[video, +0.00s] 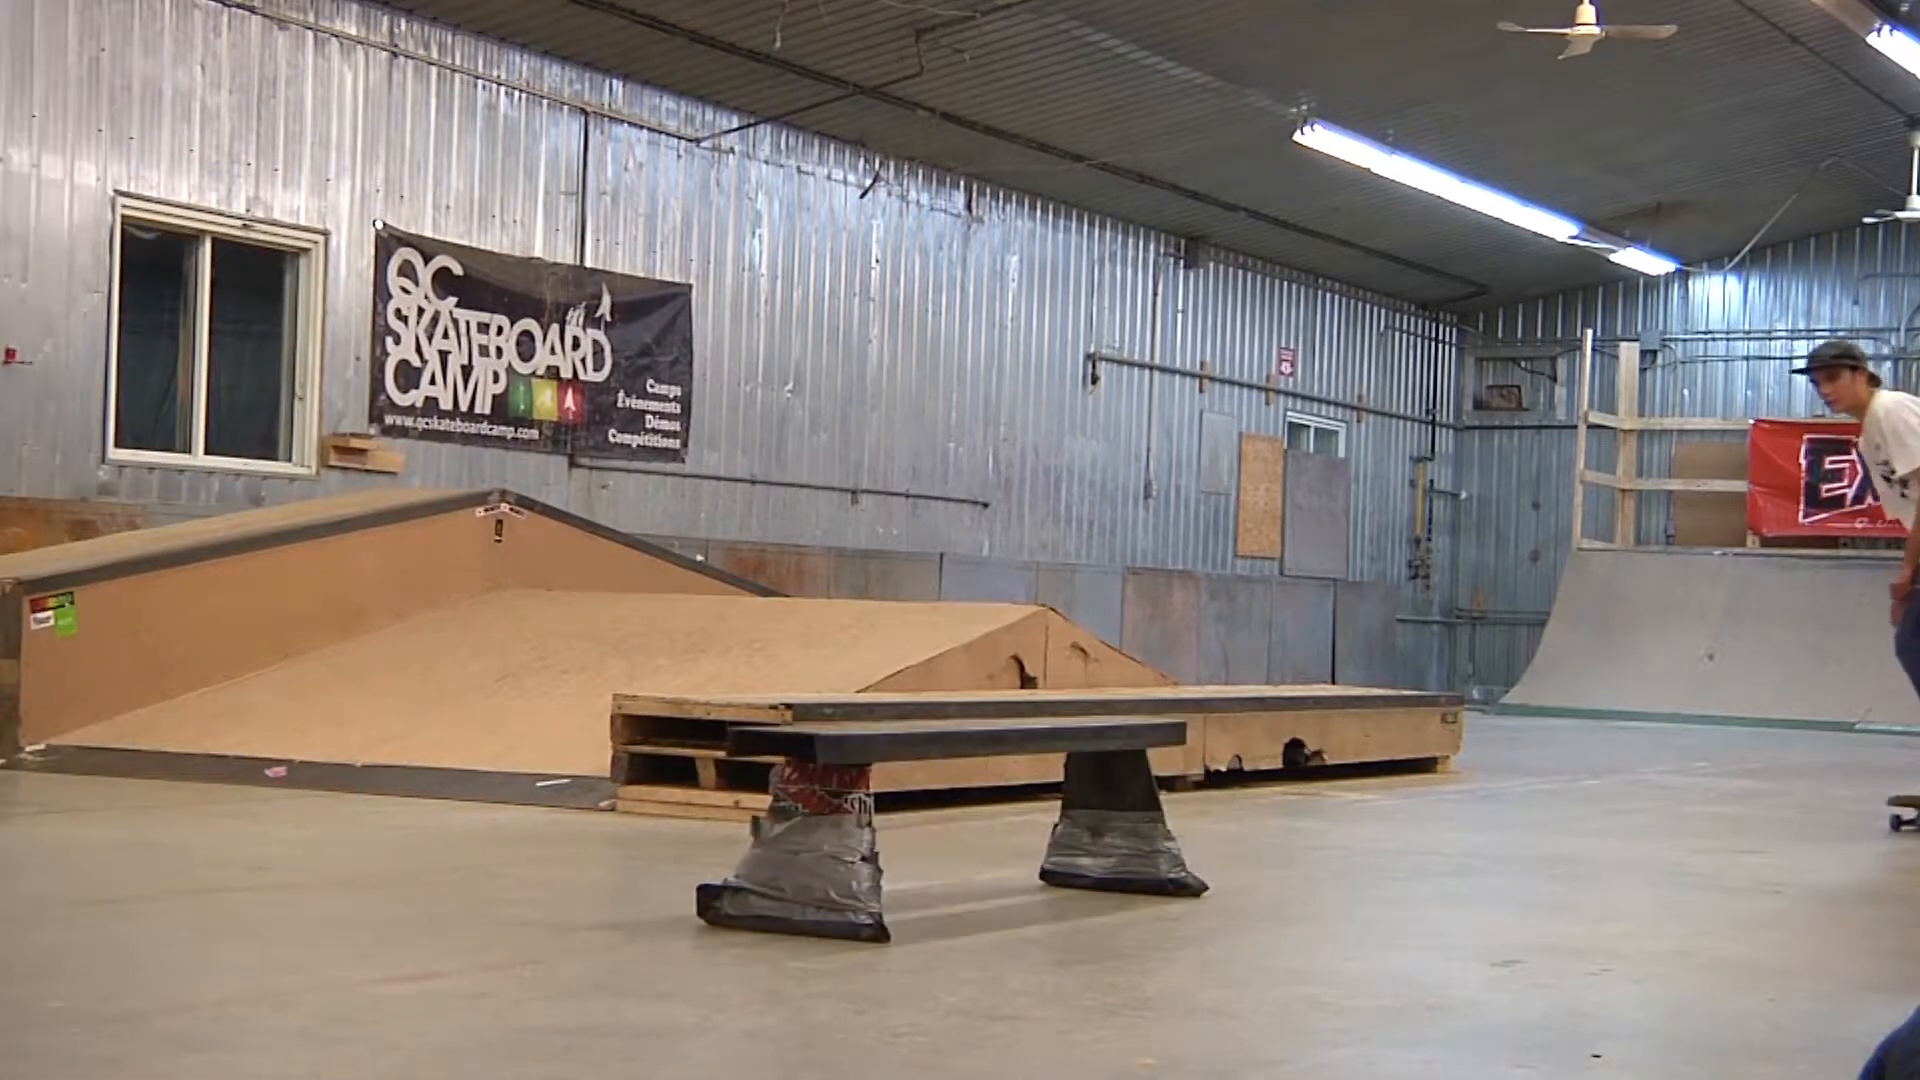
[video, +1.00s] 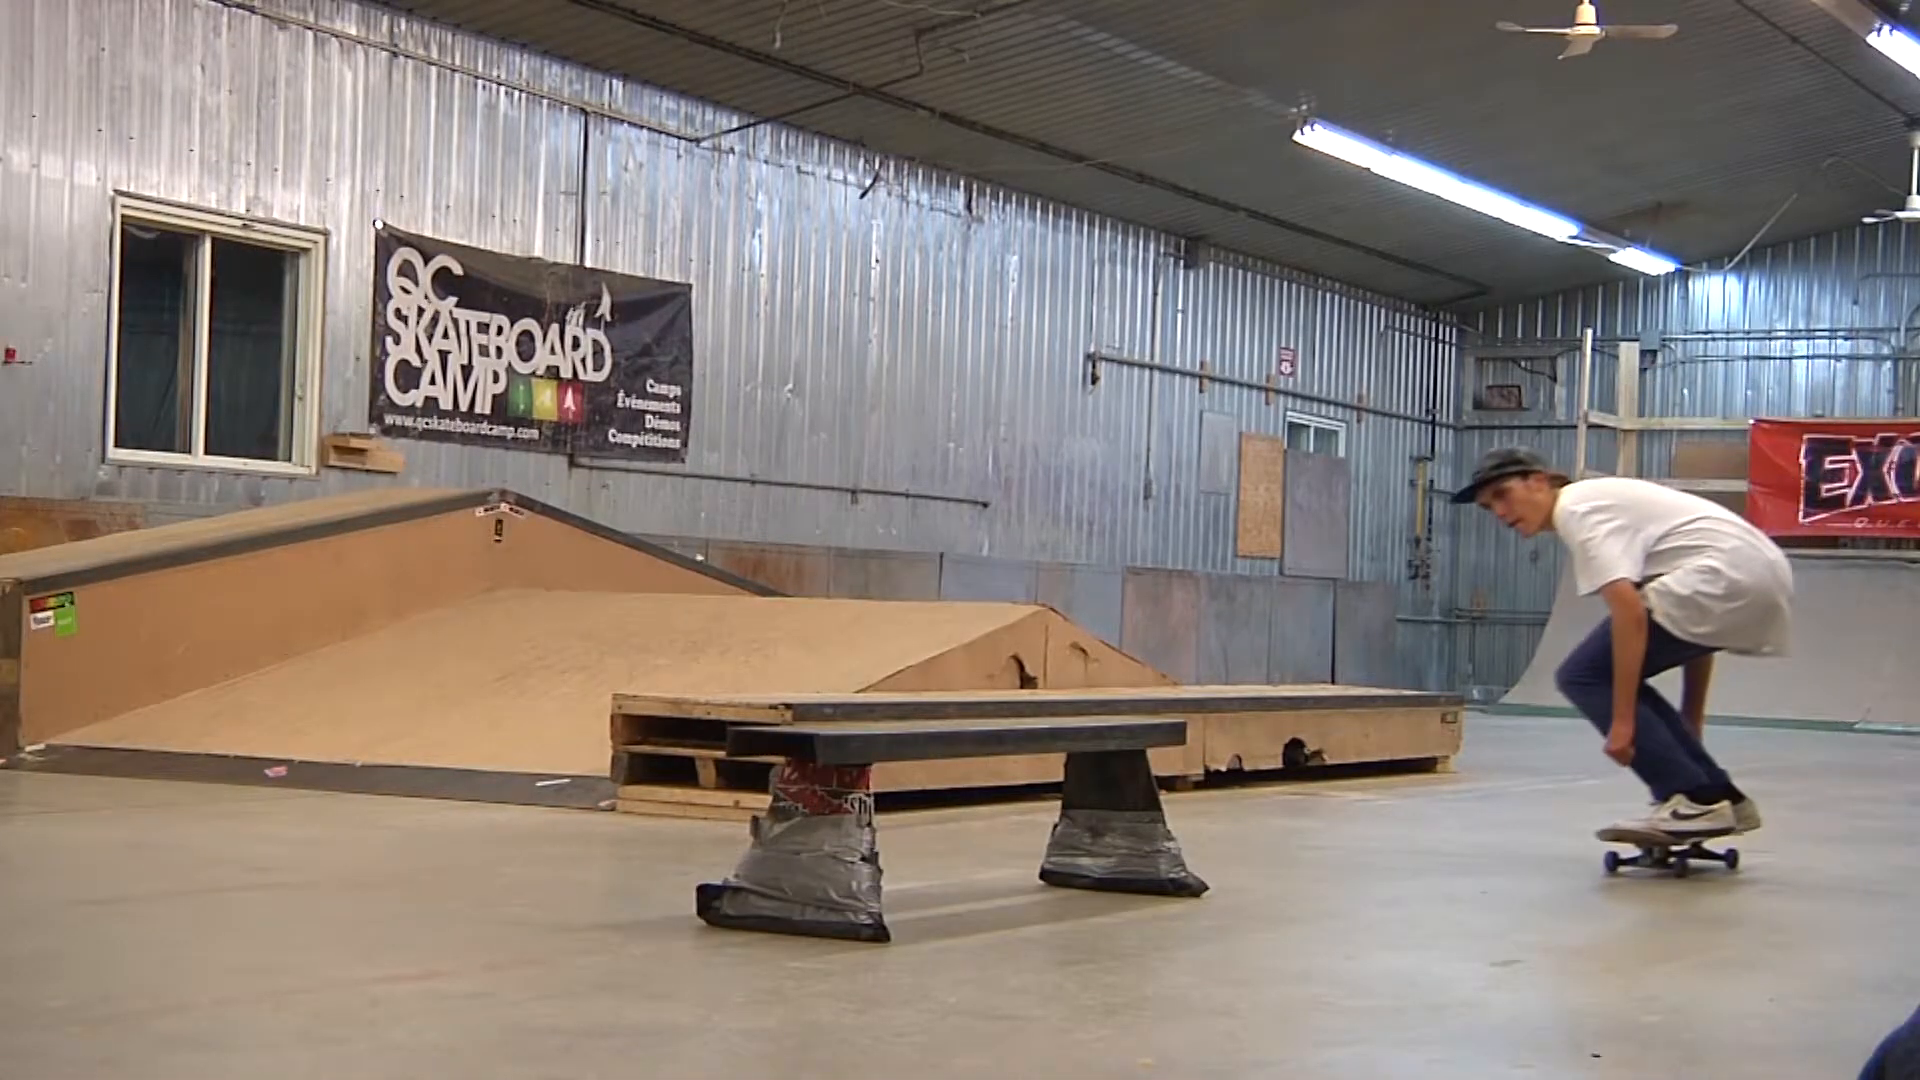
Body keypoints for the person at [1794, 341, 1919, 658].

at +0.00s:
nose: (1824, 390)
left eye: (1832, 378)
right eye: (1818, 383)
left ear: (1860, 375)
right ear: (1813, 388)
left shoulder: (1891, 411)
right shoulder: (1870, 429)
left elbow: (1918, 491)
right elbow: (1910, 509)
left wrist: (1909, 571)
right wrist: (1907, 584)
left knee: (1909, 641)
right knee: (1907, 640)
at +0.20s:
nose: (1779, 392)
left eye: (1786, 379)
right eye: (1772, 383)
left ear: (1816, 374)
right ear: (1772, 387)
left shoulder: (1845, 415)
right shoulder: (1843, 415)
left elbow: (1886, 500)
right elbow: (1887, 502)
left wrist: (1862, 581)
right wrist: (1869, 581)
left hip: (1910, 552)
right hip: (1901, 551)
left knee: (1878, 655)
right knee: (1866, 653)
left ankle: (1917, 777)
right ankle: (1915, 774)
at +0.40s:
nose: (1718, 382)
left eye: (1720, 367)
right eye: (1710, 374)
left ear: (1751, 354)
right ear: (1752, 360)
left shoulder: (1785, 390)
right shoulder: (1798, 383)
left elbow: (1835, 474)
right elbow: (1842, 472)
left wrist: (1811, 564)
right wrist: (1820, 560)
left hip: (1880, 513)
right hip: (1897, 510)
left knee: (1836, 646)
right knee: (1849, 646)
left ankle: (1879, 781)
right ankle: (1891, 778)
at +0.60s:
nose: (1644, 426)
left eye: (1647, 410)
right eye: (1635, 419)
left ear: (1679, 397)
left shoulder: (1716, 428)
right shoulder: (1731, 421)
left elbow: (1755, 534)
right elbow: (1765, 534)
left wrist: (1742, 626)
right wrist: (1749, 623)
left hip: (1840, 517)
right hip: (1873, 513)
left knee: (1772, 651)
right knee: (1795, 650)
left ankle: (1819, 793)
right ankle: (1841, 790)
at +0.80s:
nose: (1574, 481)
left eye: (1577, 464)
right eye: (1566, 475)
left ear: (1612, 449)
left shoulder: (1650, 477)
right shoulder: (1670, 469)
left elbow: (1694, 583)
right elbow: (1747, 601)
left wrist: (1681, 686)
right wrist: (1750, 690)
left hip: (1790, 547)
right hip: (1821, 543)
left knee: (1669, 660)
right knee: (1701, 661)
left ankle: (1759, 795)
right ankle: (1779, 794)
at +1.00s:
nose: (1501, 515)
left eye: (1503, 496)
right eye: (1491, 507)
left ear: (1538, 481)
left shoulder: (1575, 506)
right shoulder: (1605, 498)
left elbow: (1630, 610)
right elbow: (1699, 630)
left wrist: (1622, 721)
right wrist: (1691, 724)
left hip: (1718, 579)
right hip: (1758, 578)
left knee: (1580, 677)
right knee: (1622, 682)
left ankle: (1692, 798)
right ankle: (1718, 798)